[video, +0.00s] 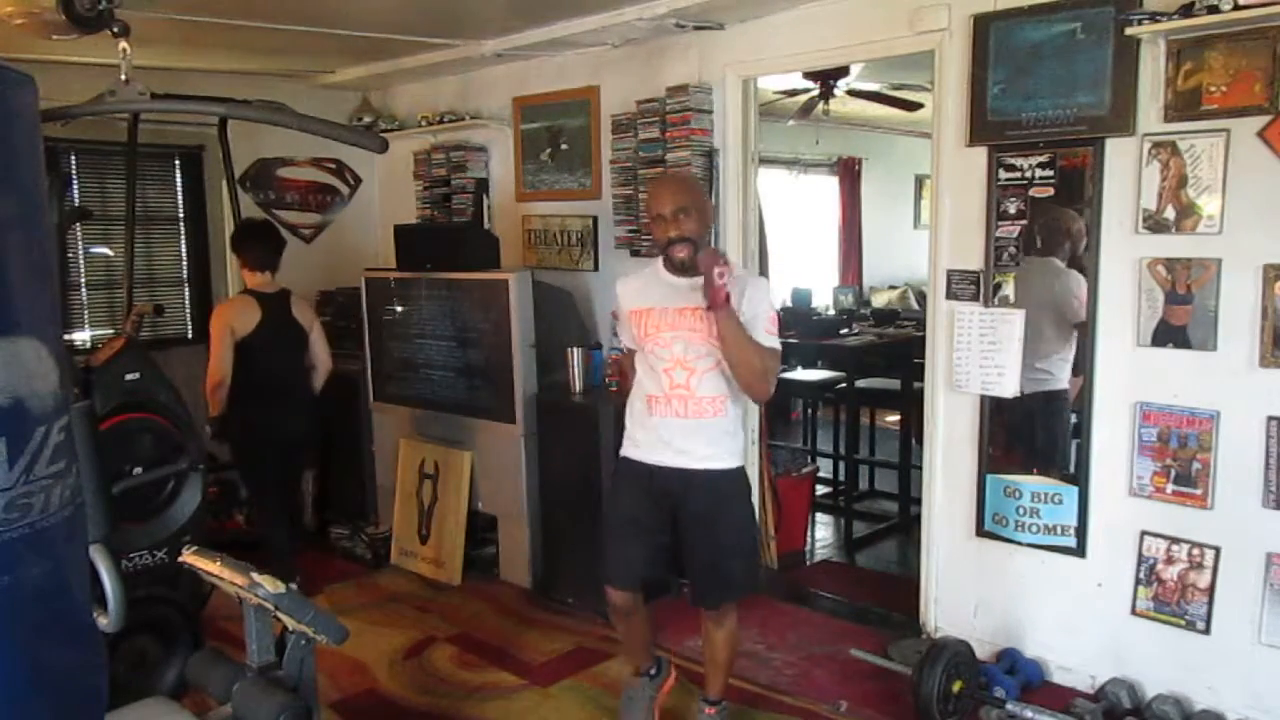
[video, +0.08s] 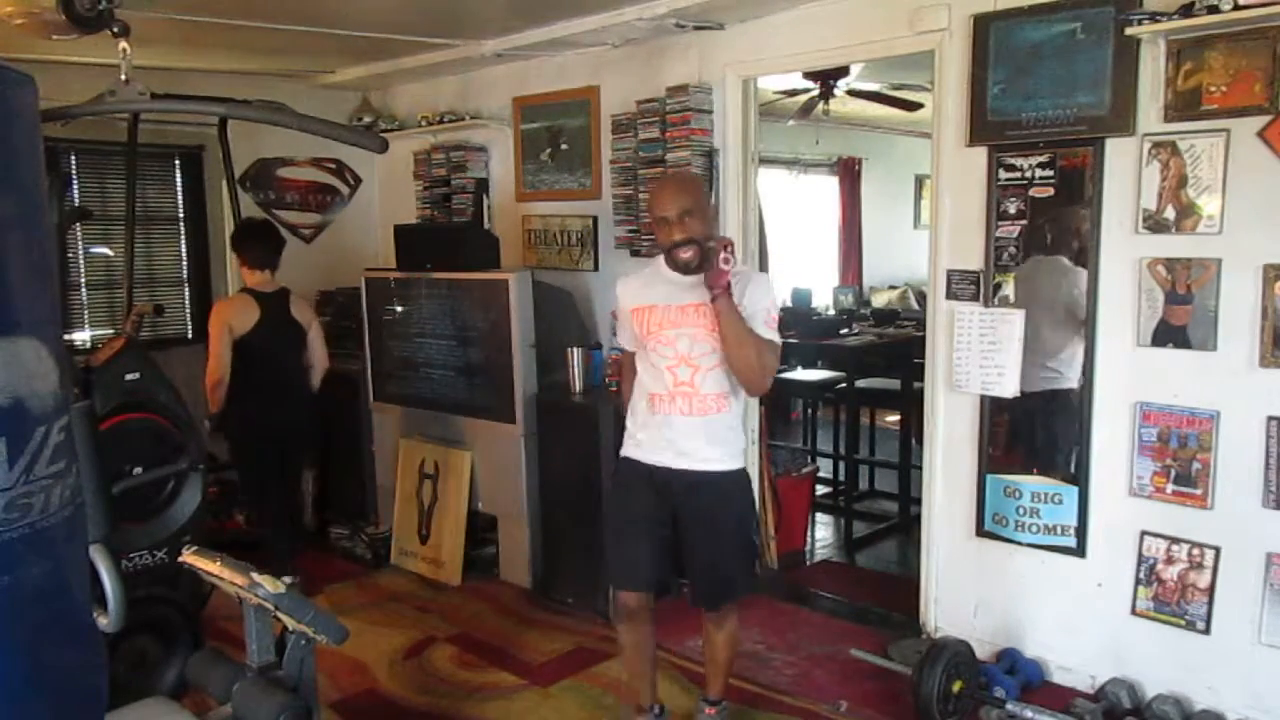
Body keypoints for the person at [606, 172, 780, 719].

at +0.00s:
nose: (671, 229)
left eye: (682, 214)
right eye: (658, 219)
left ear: (708, 215)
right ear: (646, 228)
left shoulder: (748, 290)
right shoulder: (631, 291)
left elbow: (762, 386)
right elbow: (629, 372)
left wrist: (721, 307)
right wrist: (622, 383)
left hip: (715, 472)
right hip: (641, 466)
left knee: (718, 602)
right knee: (621, 591)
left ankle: (712, 705)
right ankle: (650, 670)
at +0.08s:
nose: (677, 232)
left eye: (687, 217)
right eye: (663, 223)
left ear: (711, 215)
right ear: (651, 229)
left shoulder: (749, 286)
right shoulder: (632, 290)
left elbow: (758, 379)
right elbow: (627, 375)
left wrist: (721, 295)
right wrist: (637, 442)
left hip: (716, 472)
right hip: (642, 467)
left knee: (719, 605)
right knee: (630, 599)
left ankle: (713, 707)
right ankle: (645, 710)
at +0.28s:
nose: (673, 227)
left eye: (683, 212)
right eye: (657, 219)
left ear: (707, 216)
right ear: (644, 232)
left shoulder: (749, 290)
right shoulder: (621, 303)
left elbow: (772, 387)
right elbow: (595, 394)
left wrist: (725, 305)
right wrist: (562, 488)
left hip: (727, 495)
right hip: (646, 495)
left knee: (723, 626)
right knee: (641, 635)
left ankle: (712, 710)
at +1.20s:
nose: (636, 231)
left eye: (652, 210)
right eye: (625, 219)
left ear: (703, 215)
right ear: (619, 232)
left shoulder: (768, 315)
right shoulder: (616, 324)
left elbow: (757, 442)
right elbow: (577, 452)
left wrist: (700, 316)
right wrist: (526, 561)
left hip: (724, 585)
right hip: (624, 579)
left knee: (734, 711)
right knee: (610, 711)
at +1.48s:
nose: (657, 218)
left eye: (676, 196)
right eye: (654, 202)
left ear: (739, 202)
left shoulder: (809, 315)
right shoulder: (655, 309)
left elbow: (769, 456)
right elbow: (638, 432)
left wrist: (716, 321)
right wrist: (583, 544)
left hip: (745, 598)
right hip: (641, 583)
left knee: (745, 709)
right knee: (608, 709)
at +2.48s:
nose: (629, 246)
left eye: (640, 227)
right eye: (620, 233)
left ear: (686, 216)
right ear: (615, 235)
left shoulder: (760, 295)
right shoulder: (634, 309)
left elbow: (801, 417)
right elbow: (624, 415)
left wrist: (713, 384)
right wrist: (581, 511)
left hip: (737, 534)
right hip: (649, 528)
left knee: (761, 702)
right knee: (640, 689)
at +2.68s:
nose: (690, 233)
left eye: (704, 215)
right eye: (678, 222)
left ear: (741, 217)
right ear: (670, 233)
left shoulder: (796, 306)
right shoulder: (668, 307)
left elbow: (824, 423)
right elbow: (666, 399)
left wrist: (754, 454)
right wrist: (638, 490)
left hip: (767, 521)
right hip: (678, 515)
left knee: (782, 673)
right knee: (664, 668)